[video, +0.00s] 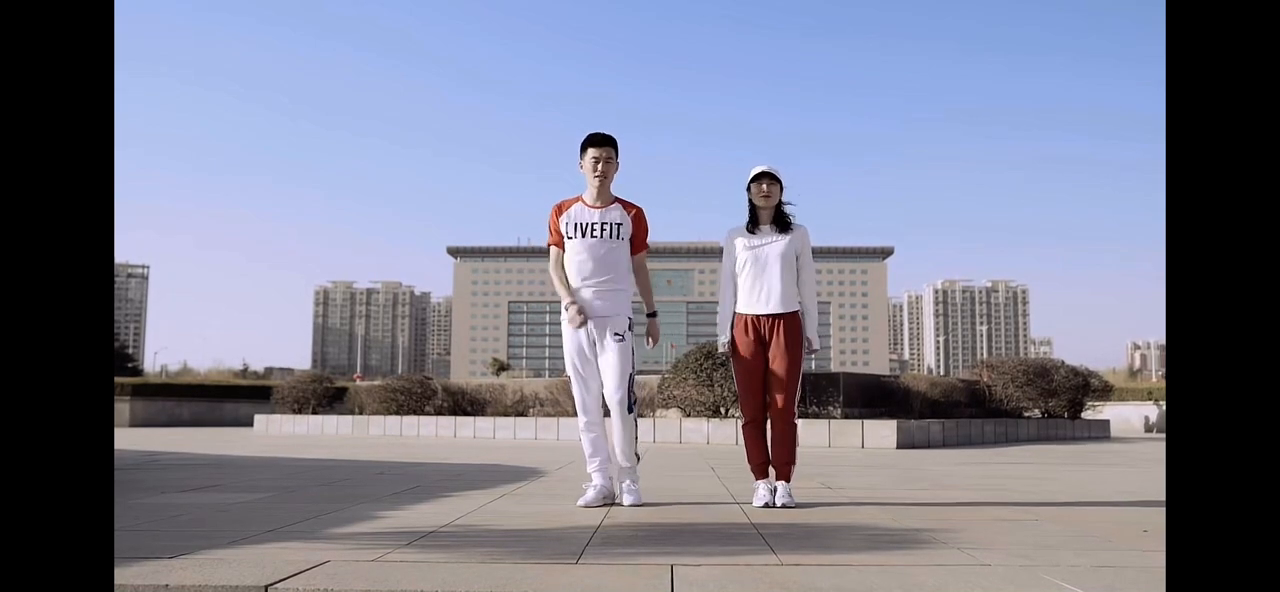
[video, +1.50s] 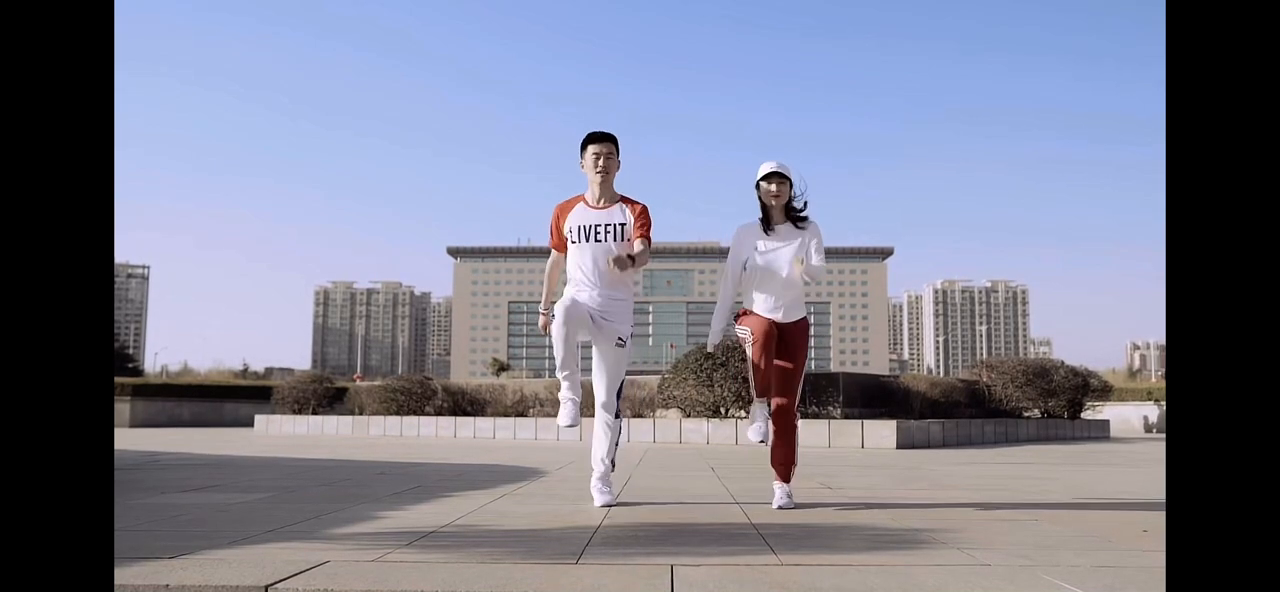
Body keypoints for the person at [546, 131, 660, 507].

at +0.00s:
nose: (601, 166)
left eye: (608, 160)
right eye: (594, 160)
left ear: (617, 166)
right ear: (582, 166)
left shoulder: (632, 213)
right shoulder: (562, 212)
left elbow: (640, 266)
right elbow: (555, 265)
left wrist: (651, 313)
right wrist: (569, 300)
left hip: (616, 312)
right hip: (576, 312)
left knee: (619, 398)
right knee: (587, 402)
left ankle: (628, 479)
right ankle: (600, 481)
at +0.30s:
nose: (600, 161)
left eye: (606, 155)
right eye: (593, 155)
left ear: (615, 161)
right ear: (580, 162)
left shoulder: (632, 209)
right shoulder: (560, 207)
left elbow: (645, 261)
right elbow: (542, 257)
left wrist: (641, 261)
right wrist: (523, 305)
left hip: (618, 307)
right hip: (576, 311)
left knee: (627, 386)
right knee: (584, 399)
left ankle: (633, 454)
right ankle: (598, 479)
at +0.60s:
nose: (596, 154)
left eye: (603, 149)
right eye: (589, 149)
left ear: (612, 158)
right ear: (578, 157)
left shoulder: (628, 200)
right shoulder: (563, 208)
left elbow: (650, 240)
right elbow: (559, 260)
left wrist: (647, 255)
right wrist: (550, 306)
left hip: (619, 305)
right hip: (580, 307)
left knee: (622, 394)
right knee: (585, 398)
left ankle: (636, 467)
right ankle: (600, 479)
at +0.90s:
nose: (606, 162)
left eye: (614, 157)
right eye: (600, 157)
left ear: (626, 166)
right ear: (590, 165)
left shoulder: (641, 215)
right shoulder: (570, 208)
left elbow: (644, 259)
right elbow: (546, 257)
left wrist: (650, 294)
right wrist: (556, 244)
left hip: (626, 302)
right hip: (586, 307)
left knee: (613, 309)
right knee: (596, 396)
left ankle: (620, 400)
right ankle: (617, 478)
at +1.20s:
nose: (614, 166)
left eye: (620, 161)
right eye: (607, 160)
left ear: (629, 169)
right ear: (593, 167)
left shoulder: (641, 214)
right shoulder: (571, 210)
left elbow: (651, 251)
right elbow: (536, 255)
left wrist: (665, 280)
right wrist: (562, 244)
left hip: (623, 323)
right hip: (581, 323)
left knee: (620, 401)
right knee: (587, 407)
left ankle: (613, 483)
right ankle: (599, 469)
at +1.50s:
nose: (603, 161)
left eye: (609, 156)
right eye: (595, 156)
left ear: (618, 163)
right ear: (583, 164)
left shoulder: (635, 210)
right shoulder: (565, 211)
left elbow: (644, 251)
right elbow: (556, 260)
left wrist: (630, 261)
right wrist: (545, 305)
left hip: (616, 310)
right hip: (578, 301)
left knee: (608, 402)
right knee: (567, 310)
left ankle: (602, 477)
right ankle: (569, 394)